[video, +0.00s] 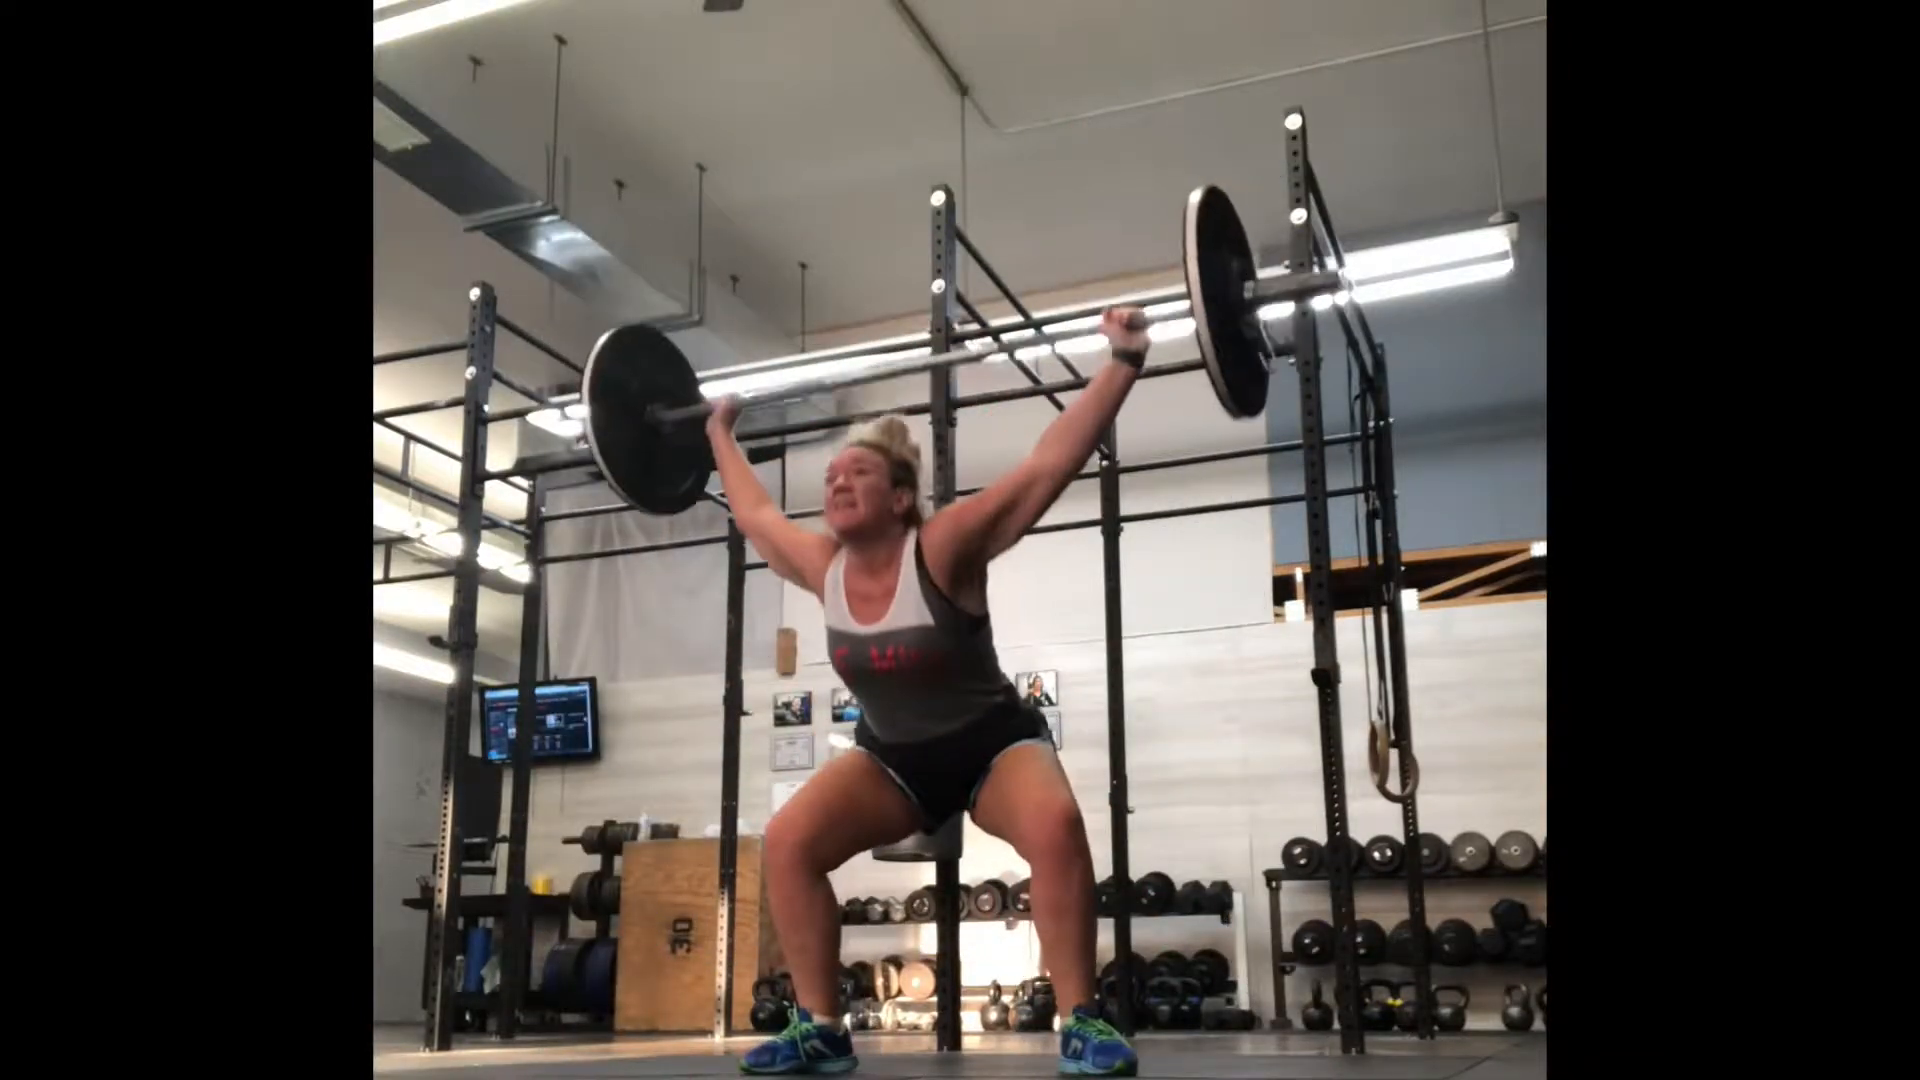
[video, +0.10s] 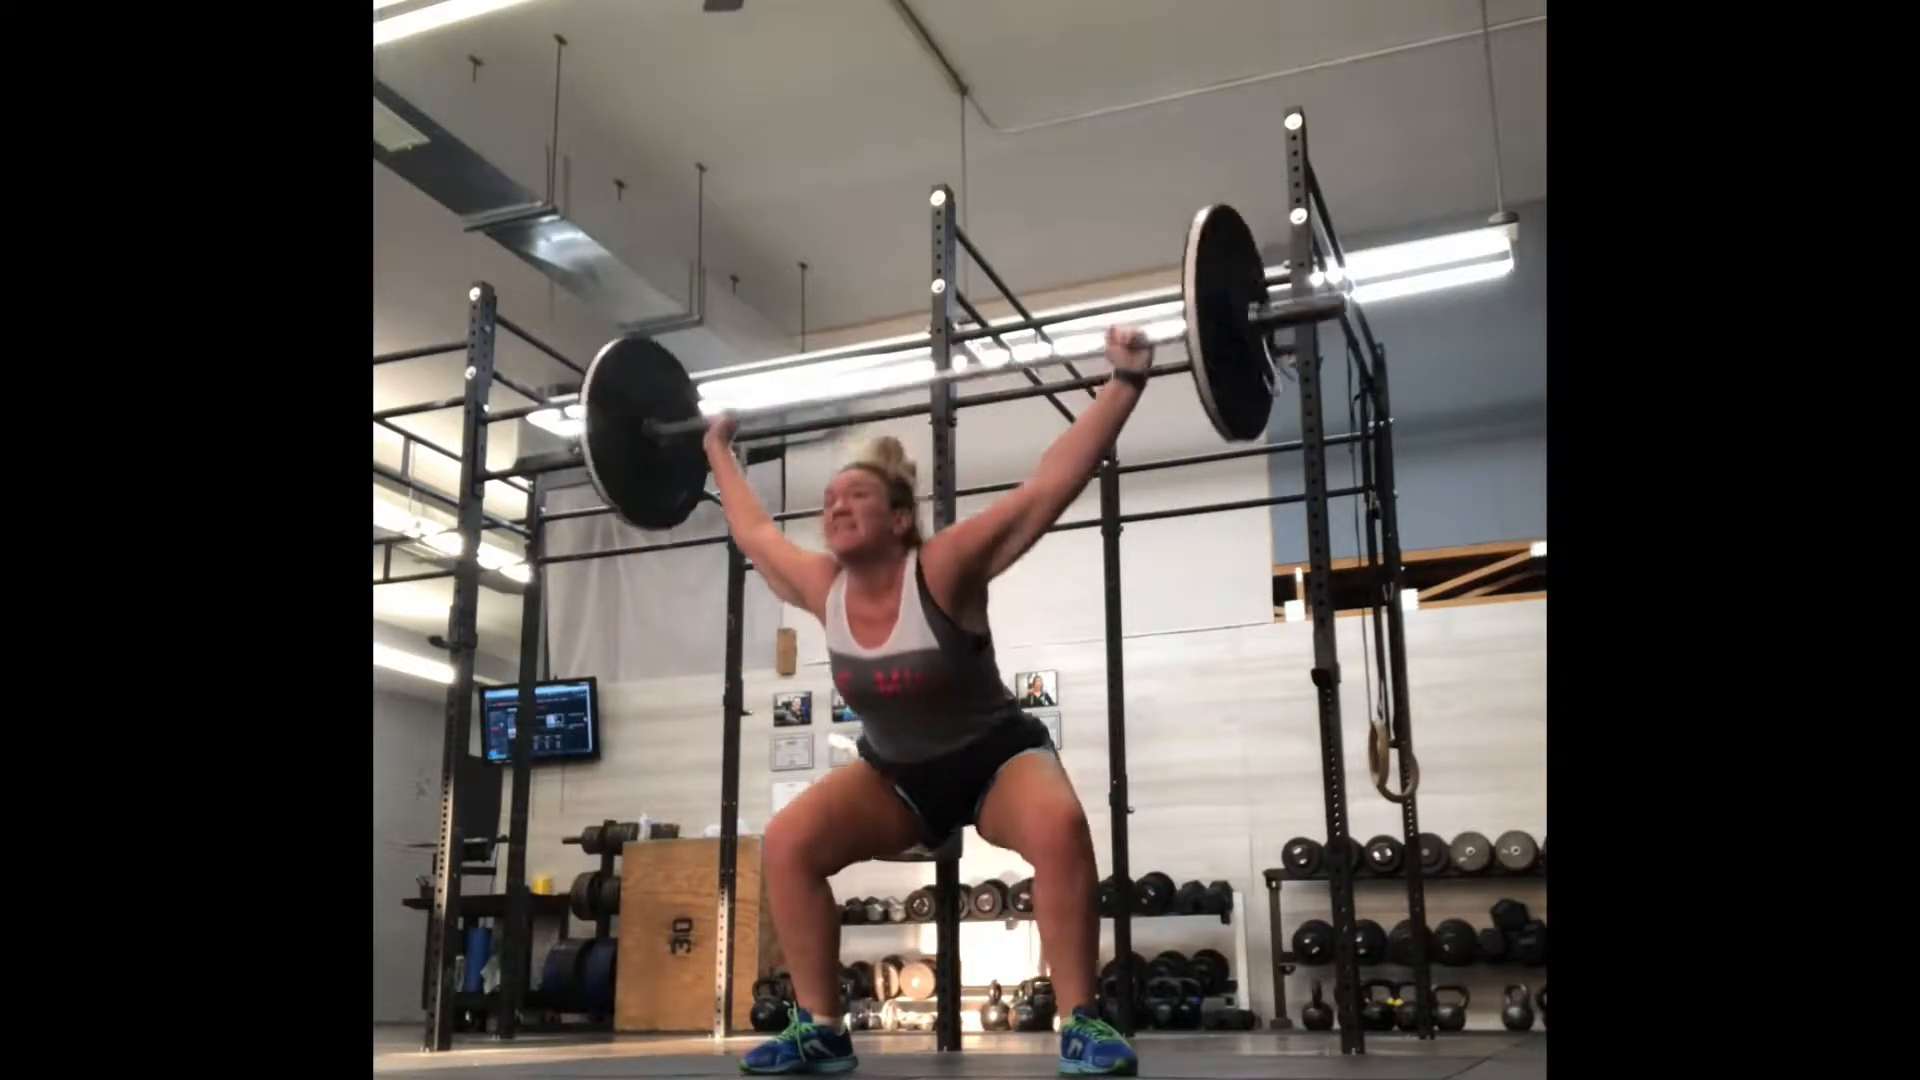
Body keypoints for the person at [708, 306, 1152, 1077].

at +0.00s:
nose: (838, 481)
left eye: (859, 472)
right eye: (832, 473)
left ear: (901, 496)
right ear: (825, 497)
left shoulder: (947, 545)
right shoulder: (821, 565)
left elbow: (1045, 471)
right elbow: (755, 513)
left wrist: (1122, 362)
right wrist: (719, 434)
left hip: (995, 747)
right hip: (894, 761)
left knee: (1060, 829)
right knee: (787, 840)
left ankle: (1078, 1021)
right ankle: (819, 1027)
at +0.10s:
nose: (837, 507)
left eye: (857, 497)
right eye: (830, 502)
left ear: (900, 519)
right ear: (823, 523)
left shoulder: (949, 562)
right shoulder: (821, 585)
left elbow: (1044, 492)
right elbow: (753, 533)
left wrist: (1123, 382)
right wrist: (717, 451)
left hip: (996, 763)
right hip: (895, 776)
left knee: (1063, 829)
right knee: (787, 841)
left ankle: (1078, 1023)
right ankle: (819, 1028)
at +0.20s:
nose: (834, 529)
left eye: (855, 519)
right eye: (827, 524)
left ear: (899, 541)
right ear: (821, 547)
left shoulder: (950, 583)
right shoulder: (821, 606)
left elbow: (1048, 510)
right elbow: (748, 551)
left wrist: (1121, 404)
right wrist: (711, 467)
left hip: (1000, 776)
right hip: (899, 790)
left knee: (1067, 824)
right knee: (788, 842)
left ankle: (1079, 1020)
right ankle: (820, 1028)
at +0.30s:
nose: (831, 547)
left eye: (852, 536)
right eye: (824, 541)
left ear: (897, 558)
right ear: (817, 561)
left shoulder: (948, 600)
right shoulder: (820, 621)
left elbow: (1047, 530)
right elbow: (746, 565)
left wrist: (1120, 421)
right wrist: (706, 476)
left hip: (999, 788)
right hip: (898, 803)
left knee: (1072, 824)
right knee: (788, 843)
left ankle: (1078, 1020)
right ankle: (819, 1028)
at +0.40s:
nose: (831, 567)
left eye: (852, 555)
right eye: (824, 561)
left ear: (898, 579)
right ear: (818, 584)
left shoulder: (949, 621)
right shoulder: (820, 641)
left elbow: (1047, 552)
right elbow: (744, 582)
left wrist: (1121, 441)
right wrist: (702, 493)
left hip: (997, 806)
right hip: (897, 817)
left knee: (1072, 829)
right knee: (786, 844)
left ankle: (1078, 1023)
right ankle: (819, 1029)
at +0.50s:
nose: (832, 588)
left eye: (854, 575)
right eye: (824, 580)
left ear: (898, 599)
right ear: (816, 601)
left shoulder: (950, 641)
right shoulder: (820, 661)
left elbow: (1049, 572)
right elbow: (745, 599)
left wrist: (1124, 458)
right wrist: (699, 506)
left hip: (994, 821)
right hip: (893, 831)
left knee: (1073, 828)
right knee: (781, 847)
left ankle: (1079, 1024)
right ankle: (820, 1030)